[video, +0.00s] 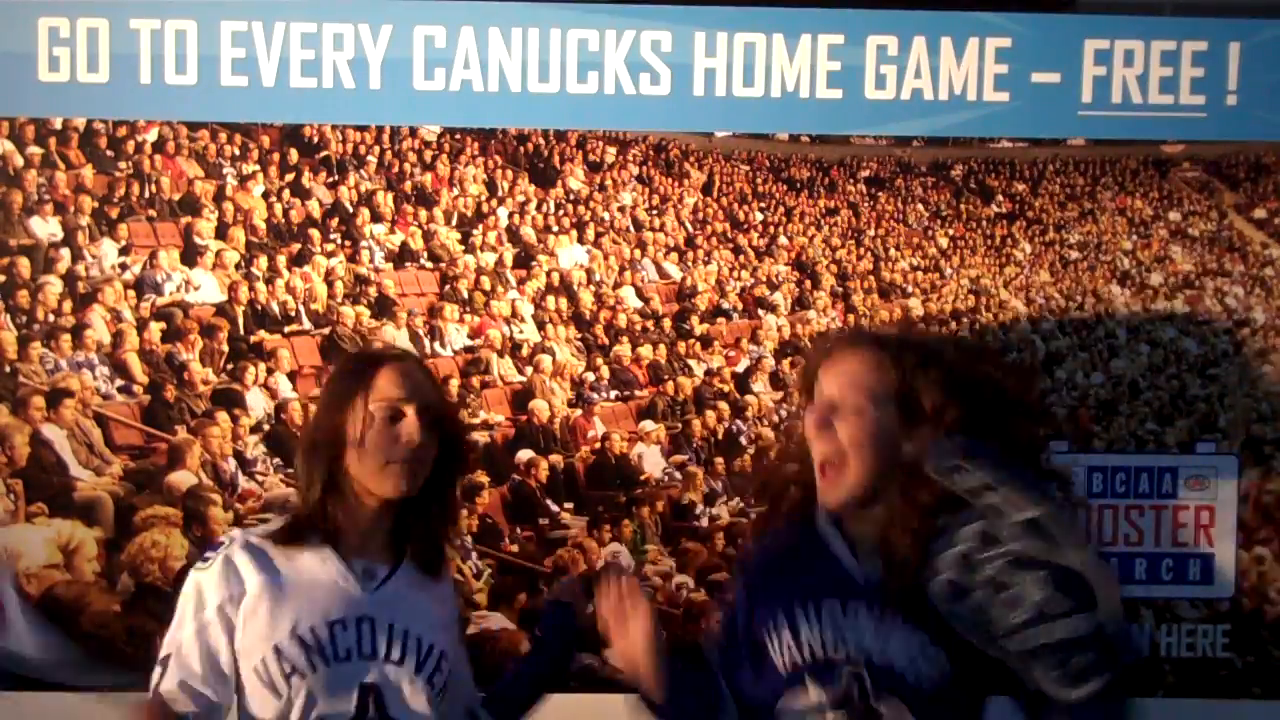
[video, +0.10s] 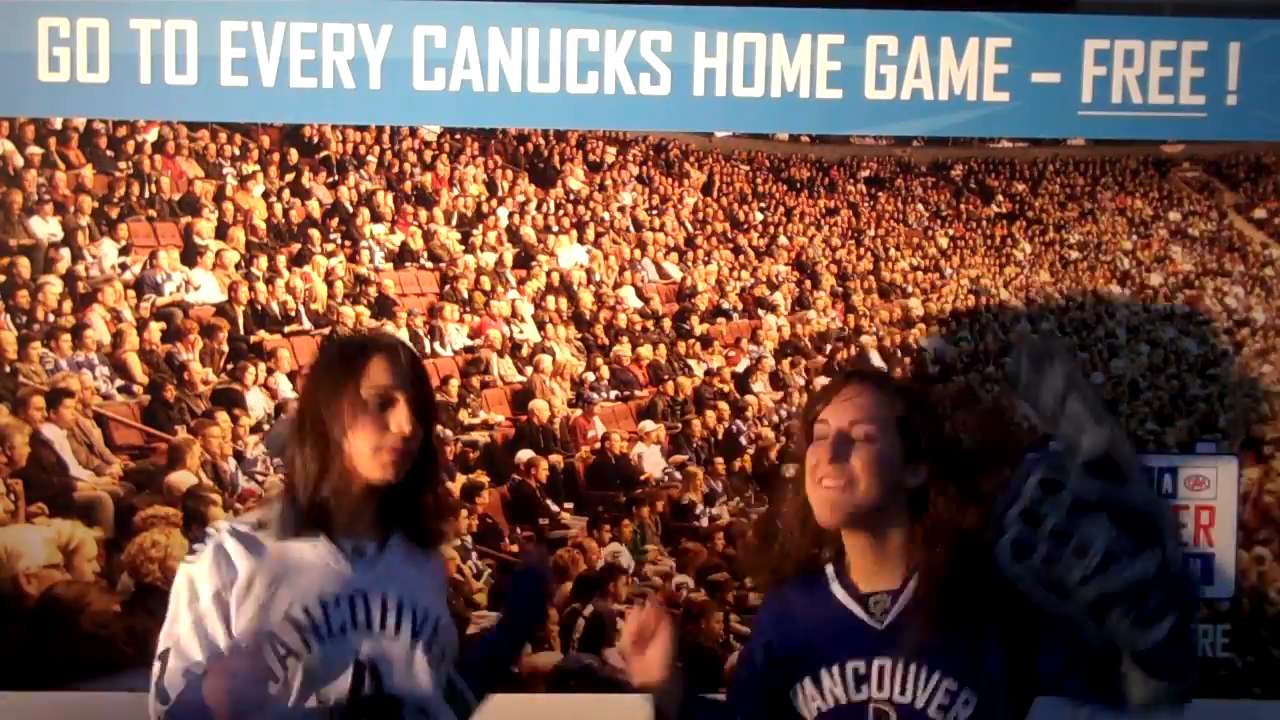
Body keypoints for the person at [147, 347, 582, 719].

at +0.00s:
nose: (418, 434)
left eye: (429, 417)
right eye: (393, 414)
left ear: (441, 438)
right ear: (339, 427)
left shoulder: (440, 593)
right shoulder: (238, 573)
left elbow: (465, 712)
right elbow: (181, 704)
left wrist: (560, 643)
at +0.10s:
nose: (407, 425)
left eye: (414, 403)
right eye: (380, 402)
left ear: (424, 416)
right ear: (327, 413)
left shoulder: (424, 561)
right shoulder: (231, 559)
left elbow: (445, 699)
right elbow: (172, 708)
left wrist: (516, 627)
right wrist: (212, 701)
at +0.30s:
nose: (392, 410)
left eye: (393, 390)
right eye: (365, 396)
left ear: (403, 395)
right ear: (305, 415)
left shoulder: (426, 540)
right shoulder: (233, 563)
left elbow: (476, 698)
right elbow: (190, 709)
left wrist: (543, 571)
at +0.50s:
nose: (354, 438)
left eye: (360, 410)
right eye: (322, 431)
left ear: (393, 409)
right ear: (299, 457)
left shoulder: (475, 553)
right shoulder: (264, 563)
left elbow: (504, 710)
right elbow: (223, 707)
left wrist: (529, 585)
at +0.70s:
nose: (374, 429)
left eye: (385, 405)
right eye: (346, 421)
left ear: (419, 413)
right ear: (324, 453)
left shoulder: (503, 563)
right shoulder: (284, 567)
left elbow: (538, 709)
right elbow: (228, 711)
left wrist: (564, 593)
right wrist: (95, 715)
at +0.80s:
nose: (403, 412)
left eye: (423, 392)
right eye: (375, 392)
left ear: (447, 412)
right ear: (338, 411)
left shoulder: (478, 559)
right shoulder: (266, 552)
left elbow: (503, 709)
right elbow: (227, 701)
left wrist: (568, 623)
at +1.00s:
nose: (414, 422)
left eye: (421, 403)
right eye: (389, 401)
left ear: (431, 413)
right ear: (337, 414)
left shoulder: (450, 552)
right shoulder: (245, 560)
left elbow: (478, 703)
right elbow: (196, 710)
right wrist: (277, 704)